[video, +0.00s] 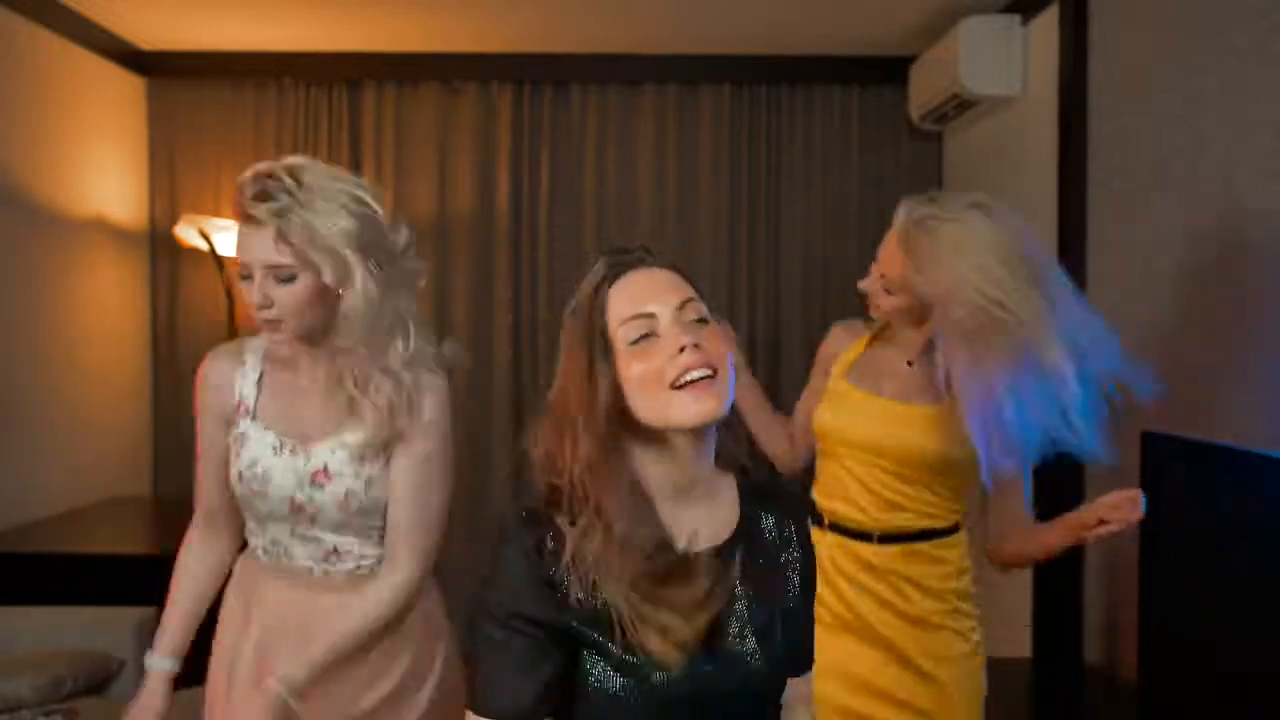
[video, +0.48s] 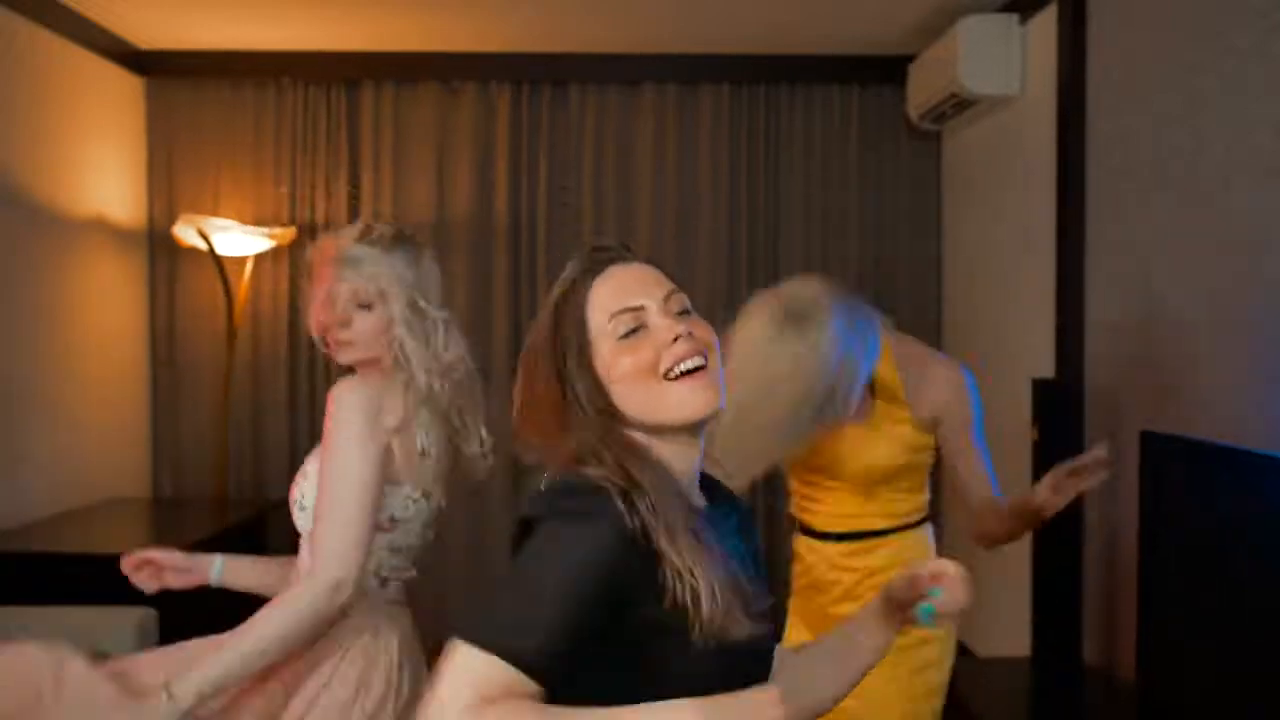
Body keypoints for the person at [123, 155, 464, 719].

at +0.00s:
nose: (259, 298)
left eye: (283, 277)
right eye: (248, 275)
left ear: (343, 277)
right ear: (237, 271)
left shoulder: (414, 390)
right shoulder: (229, 375)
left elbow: (407, 569)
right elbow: (214, 528)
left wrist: (288, 684)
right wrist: (160, 671)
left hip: (381, 645)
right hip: (257, 641)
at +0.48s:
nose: (325, 325)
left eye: (355, 307)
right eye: (322, 306)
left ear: (405, 312)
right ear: (313, 303)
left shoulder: (361, 396)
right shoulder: (419, 399)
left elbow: (332, 582)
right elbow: (335, 572)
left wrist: (185, 687)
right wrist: (205, 569)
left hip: (339, 651)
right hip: (386, 644)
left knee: (103, 684)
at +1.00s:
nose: (343, 319)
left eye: (370, 300)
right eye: (327, 297)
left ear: (406, 308)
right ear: (309, 306)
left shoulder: (385, 401)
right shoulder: (349, 392)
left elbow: (209, 486)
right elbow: (216, 454)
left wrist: (238, 341)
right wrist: (247, 338)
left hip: (340, 644)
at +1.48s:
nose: (393, 312)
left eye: (424, 300)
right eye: (385, 289)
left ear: (465, 319)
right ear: (368, 290)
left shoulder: (408, 407)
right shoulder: (396, 401)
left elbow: (272, 265)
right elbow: (277, 346)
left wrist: (417, 196)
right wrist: (369, 221)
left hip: (324, 632)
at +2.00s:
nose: (358, 284)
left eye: (390, 269)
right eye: (357, 266)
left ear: (441, 290)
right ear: (349, 267)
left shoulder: (389, 379)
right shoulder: (406, 389)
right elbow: (271, 379)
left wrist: (303, 206)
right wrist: (347, 293)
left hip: (321, 631)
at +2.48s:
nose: (355, 283)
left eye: (389, 280)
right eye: (363, 266)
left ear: (433, 320)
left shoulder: (374, 406)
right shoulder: (382, 400)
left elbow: (193, 315)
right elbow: (233, 327)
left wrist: (336, 220)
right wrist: (348, 283)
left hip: (310, 632)